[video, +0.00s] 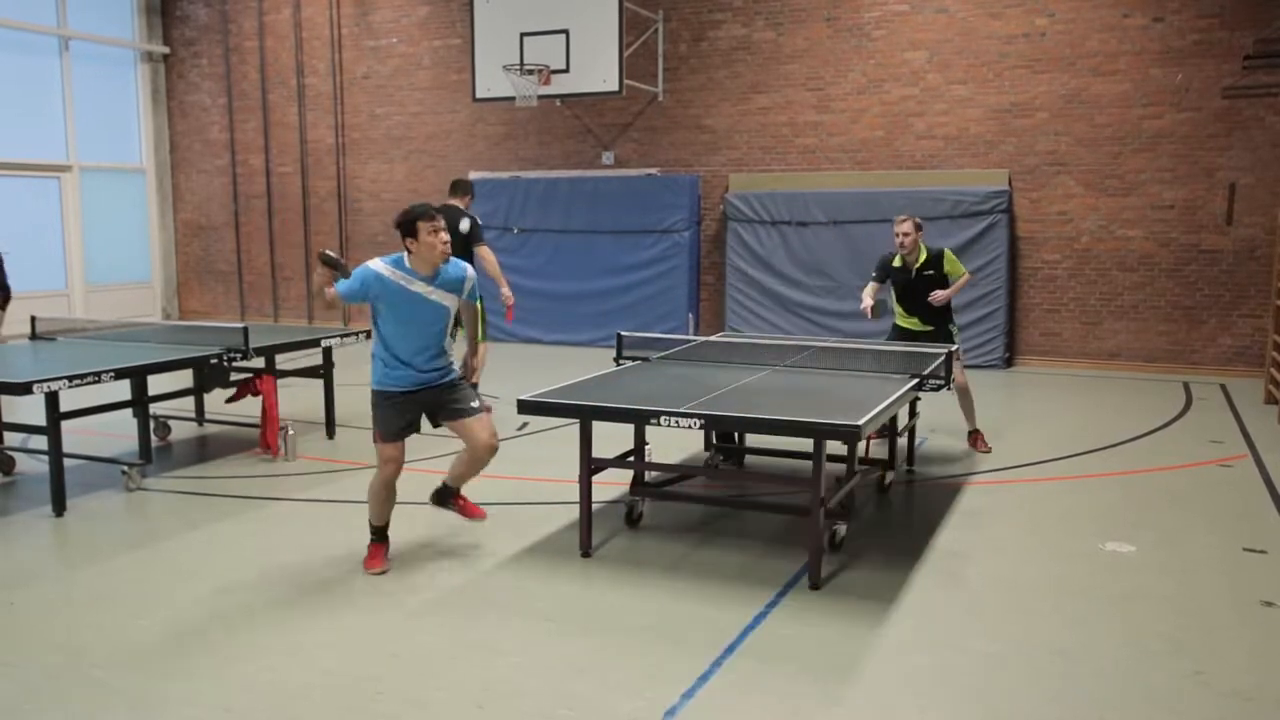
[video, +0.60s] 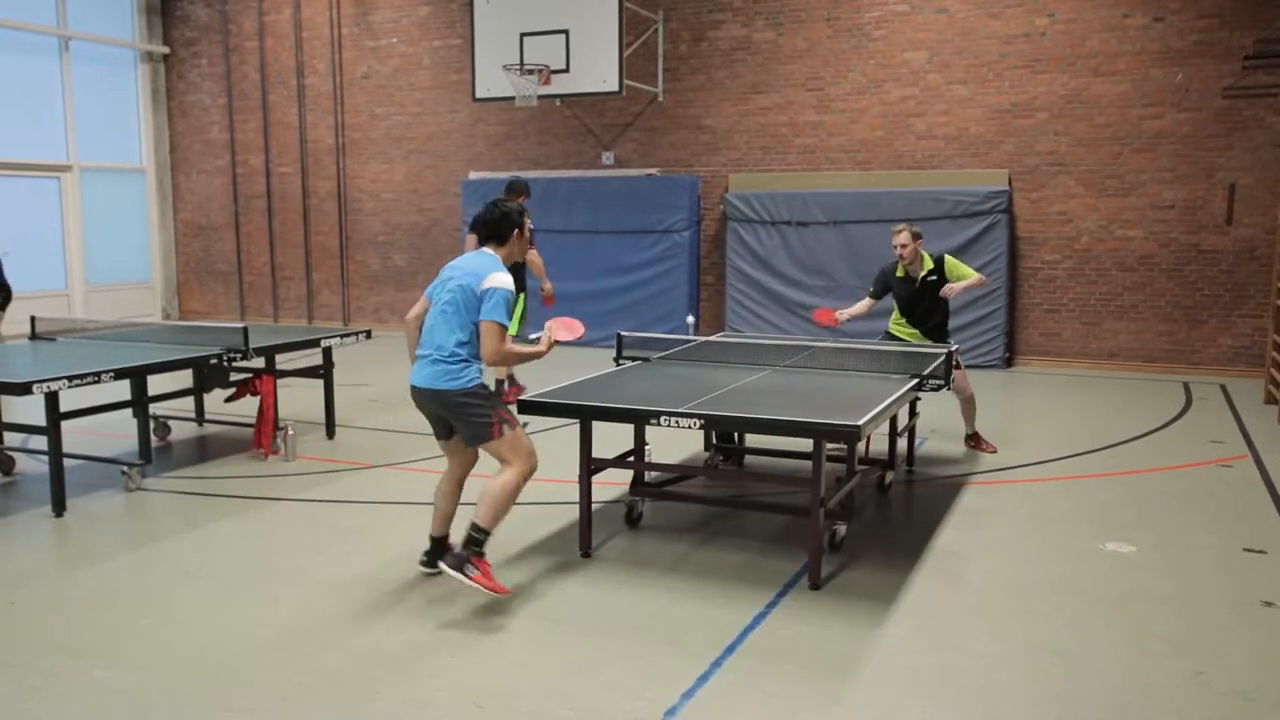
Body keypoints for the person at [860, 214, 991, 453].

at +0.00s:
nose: (901, 240)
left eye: (906, 235)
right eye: (897, 235)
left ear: (919, 236)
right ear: (893, 238)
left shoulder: (940, 256)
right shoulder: (889, 263)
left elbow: (965, 275)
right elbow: (871, 288)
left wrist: (949, 292)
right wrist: (867, 299)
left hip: (939, 329)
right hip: (904, 329)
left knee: (960, 382)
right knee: (885, 374)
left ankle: (974, 431)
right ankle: (887, 425)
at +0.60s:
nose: (899, 252)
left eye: (903, 246)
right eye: (895, 247)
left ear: (918, 244)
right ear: (893, 248)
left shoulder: (941, 263)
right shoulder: (889, 273)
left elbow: (980, 280)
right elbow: (868, 303)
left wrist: (961, 285)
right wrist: (847, 313)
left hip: (936, 340)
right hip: (899, 337)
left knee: (966, 392)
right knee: (869, 380)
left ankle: (971, 434)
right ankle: (860, 432)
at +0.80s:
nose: (850, 255)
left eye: (854, 250)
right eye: (847, 251)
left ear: (871, 246)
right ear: (847, 251)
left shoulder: (897, 259)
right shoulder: (848, 278)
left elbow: (934, 266)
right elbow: (826, 309)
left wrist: (938, 274)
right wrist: (800, 313)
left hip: (902, 343)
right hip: (865, 344)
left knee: (934, 389)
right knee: (836, 385)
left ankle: (964, 433)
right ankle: (810, 437)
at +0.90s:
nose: (828, 263)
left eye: (833, 258)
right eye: (826, 259)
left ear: (849, 254)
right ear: (827, 260)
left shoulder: (873, 267)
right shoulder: (827, 289)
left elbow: (904, 271)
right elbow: (805, 312)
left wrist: (919, 279)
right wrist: (778, 315)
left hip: (888, 347)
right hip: (851, 350)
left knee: (921, 391)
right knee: (826, 390)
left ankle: (952, 435)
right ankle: (810, 438)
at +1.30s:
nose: (837, 259)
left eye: (842, 253)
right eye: (833, 255)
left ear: (854, 253)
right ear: (828, 257)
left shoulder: (872, 271)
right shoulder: (822, 289)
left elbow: (897, 284)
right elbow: (810, 319)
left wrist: (906, 302)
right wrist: (799, 328)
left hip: (881, 349)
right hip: (844, 352)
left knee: (918, 385)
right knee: (818, 388)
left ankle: (936, 432)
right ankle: (810, 438)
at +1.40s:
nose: (853, 254)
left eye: (859, 248)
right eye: (849, 249)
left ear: (871, 249)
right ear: (845, 252)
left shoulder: (890, 269)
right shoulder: (839, 281)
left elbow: (919, 289)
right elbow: (829, 314)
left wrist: (916, 305)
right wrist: (817, 324)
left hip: (894, 350)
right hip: (856, 352)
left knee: (927, 386)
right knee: (826, 388)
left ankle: (937, 433)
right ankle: (810, 439)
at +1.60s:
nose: (868, 237)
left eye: (873, 231)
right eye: (864, 232)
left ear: (886, 231)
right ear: (860, 234)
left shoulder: (908, 250)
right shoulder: (858, 262)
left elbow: (935, 276)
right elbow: (851, 292)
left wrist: (919, 298)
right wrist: (841, 308)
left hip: (909, 325)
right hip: (873, 324)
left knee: (931, 375)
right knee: (848, 366)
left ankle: (940, 429)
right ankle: (858, 428)